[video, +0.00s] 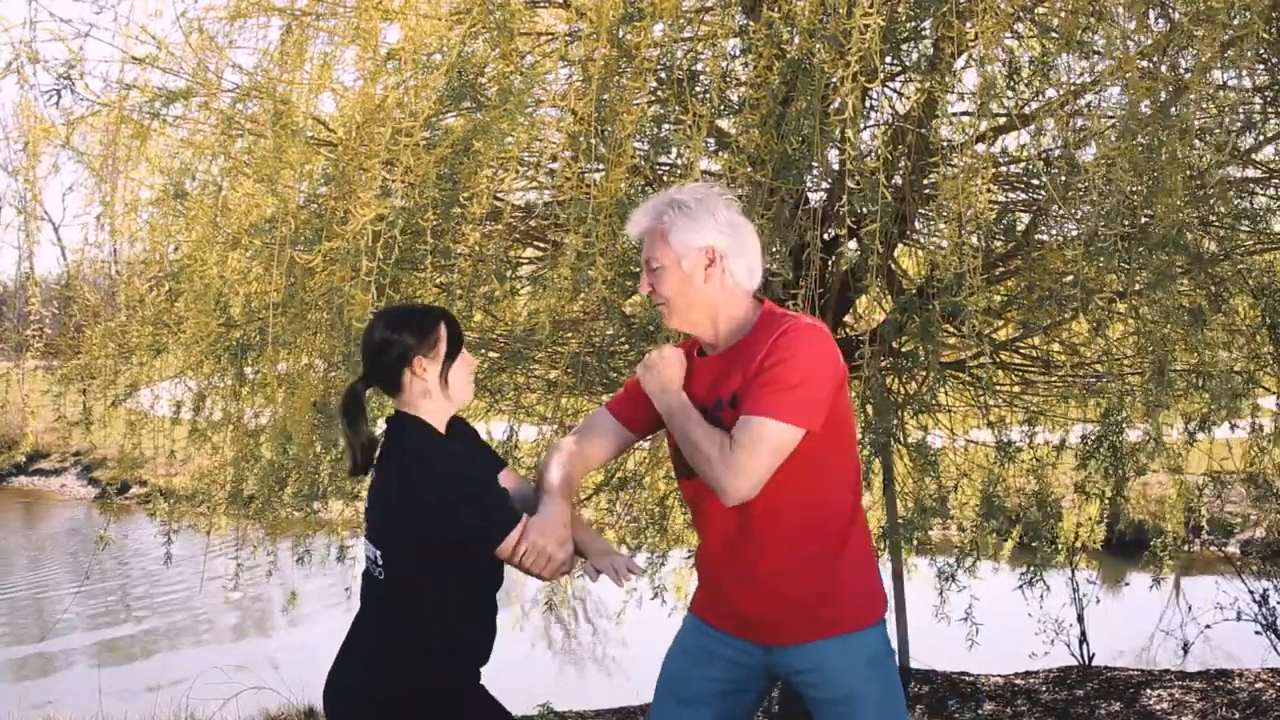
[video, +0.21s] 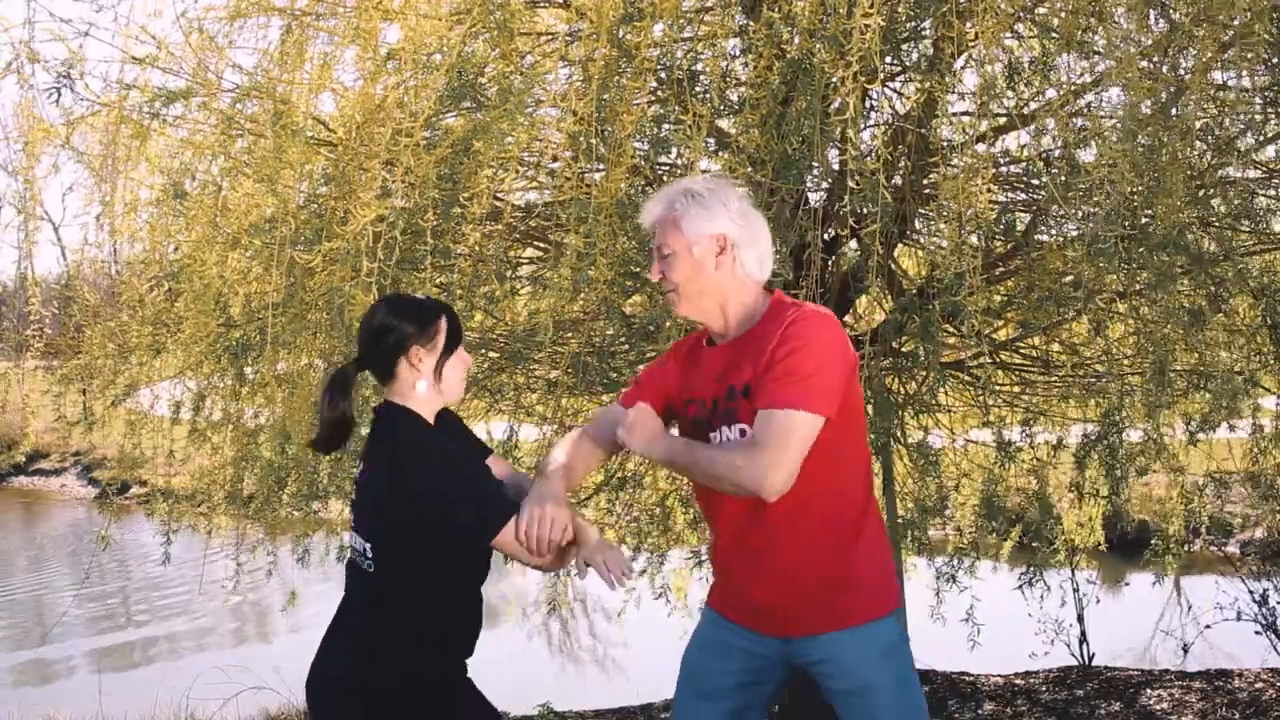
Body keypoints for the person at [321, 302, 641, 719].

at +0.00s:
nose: (472, 360)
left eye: (464, 347)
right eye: (459, 349)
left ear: (421, 370)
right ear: (423, 368)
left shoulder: (448, 431)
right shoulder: (435, 468)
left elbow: (529, 496)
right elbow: (544, 560)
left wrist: (590, 542)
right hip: (421, 697)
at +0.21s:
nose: (469, 358)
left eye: (462, 345)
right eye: (457, 347)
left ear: (417, 360)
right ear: (419, 359)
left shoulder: (427, 419)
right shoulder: (428, 457)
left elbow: (511, 481)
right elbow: (539, 552)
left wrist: (580, 530)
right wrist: (581, 541)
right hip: (409, 689)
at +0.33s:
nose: (463, 357)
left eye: (457, 342)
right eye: (451, 343)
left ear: (406, 357)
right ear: (412, 355)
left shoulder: (377, 420)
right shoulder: (437, 452)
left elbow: (494, 462)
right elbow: (565, 538)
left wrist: (573, 501)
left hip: (330, 673)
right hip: (403, 689)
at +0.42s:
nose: (454, 355)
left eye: (449, 341)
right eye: (443, 343)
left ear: (396, 358)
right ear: (403, 356)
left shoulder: (358, 428)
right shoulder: (435, 458)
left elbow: (451, 470)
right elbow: (564, 534)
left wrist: (533, 475)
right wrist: (603, 519)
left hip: (320, 678)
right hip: (402, 689)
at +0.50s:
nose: (439, 359)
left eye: (434, 346)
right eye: (429, 347)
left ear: (380, 362)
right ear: (389, 362)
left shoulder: (336, 436)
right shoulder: (430, 459)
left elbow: (392, 470)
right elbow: (548, 529)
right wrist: (606, 503)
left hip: (307, 686)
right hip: (397, 693)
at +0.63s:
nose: (412, 375)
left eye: (410, 361)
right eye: (403, 361)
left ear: (348, 374)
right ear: (360, 376)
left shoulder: (299, 445)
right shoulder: (390, 468)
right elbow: (509, 531)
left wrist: (398, 454)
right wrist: (566, 441)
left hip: (275, 690)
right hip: (366, 695)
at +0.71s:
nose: (397, 369)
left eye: (393, 357)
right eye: (386, 359)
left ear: (336, 372)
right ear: (341, 371)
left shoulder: (280, 436)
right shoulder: (363, 462)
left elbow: (365, 535)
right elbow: (480, 531)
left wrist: (393, 444)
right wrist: (518, 431)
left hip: (258, 684)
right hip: (342, 690)